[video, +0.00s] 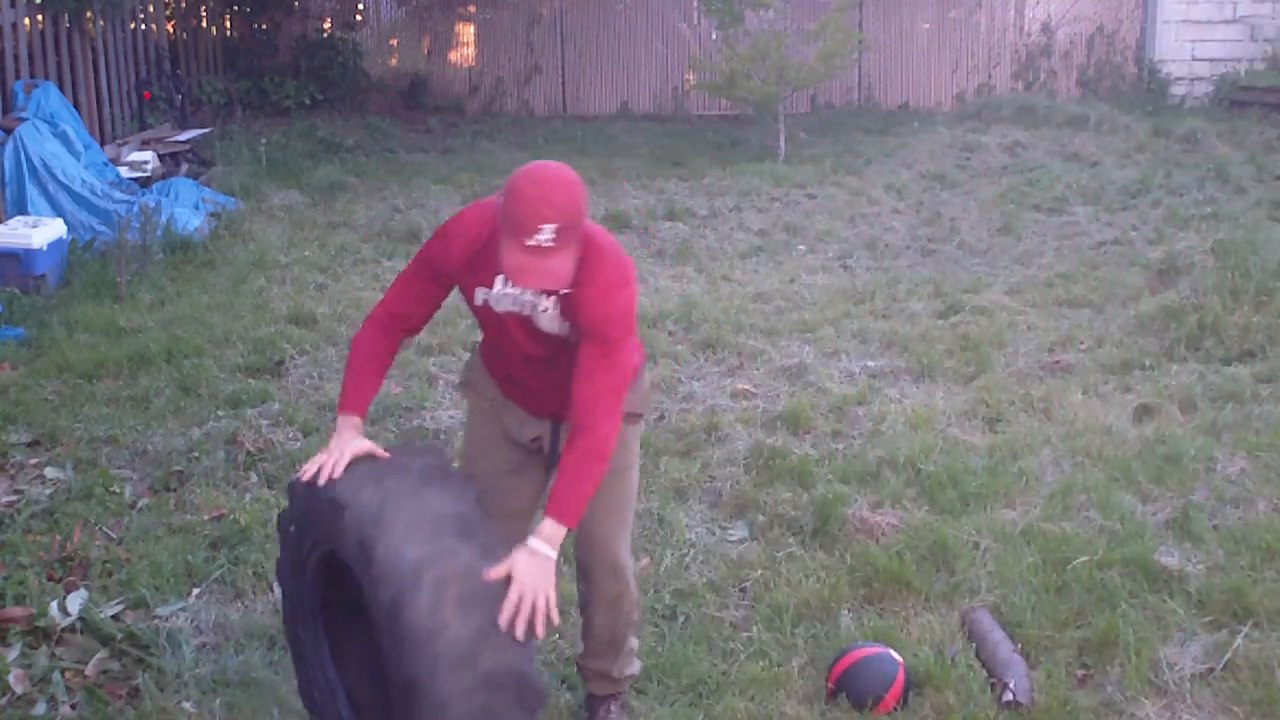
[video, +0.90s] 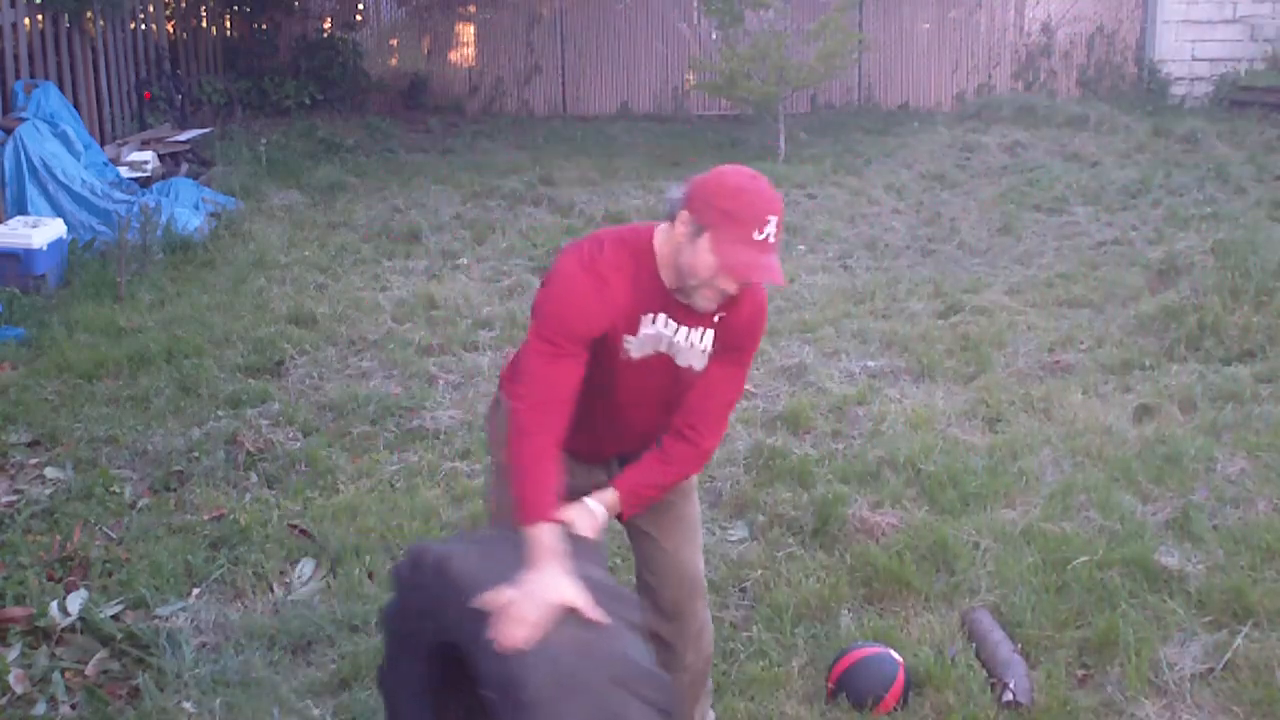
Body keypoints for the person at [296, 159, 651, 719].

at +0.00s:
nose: (539, 277)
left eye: (552, 266)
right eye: (526, 265)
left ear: (578, 239)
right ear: (501, 230)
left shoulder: (607, 272)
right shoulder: (465, 239)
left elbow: (596, 421)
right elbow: (387, 324)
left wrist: (546, 544)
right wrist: (348, 426)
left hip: (602, 409)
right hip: (504, 396)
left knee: (605, 556)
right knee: (486, 548)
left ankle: (607, 691)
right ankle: (483, 684)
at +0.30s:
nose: (462, 277)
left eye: (475, 262)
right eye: (449, 265)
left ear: (506, 226)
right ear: (424, 236)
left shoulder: (562, 258)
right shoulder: (410, 255)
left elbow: (609, 384)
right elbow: (385, 373)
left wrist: (541, 457)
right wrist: (413, 457)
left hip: (585, 411)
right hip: (483, 412)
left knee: (605, 546)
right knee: (459, 548)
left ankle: (615, 678)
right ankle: (462, 683)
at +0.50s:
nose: (513, 259)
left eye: (525, 244)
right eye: (499, 247)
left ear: (545, 217)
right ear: (468, 227)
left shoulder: (592, 250)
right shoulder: (433, 267)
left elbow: (595, 371)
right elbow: (426, 390)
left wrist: (524, 457)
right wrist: (445, 495)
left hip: (594, 404)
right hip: (490, 415)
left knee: (635, 552)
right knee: (480, 569)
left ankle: (663, 705)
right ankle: (484, 705)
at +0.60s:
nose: (583, 251)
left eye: (594, 235)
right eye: (569, 234)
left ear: (612, 221)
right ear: (529, 217)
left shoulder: (638, 268)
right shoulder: (479, 260)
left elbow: (605, 397)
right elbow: (431, 379)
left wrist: (527, 471)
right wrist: (422, 482)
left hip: (611, 423)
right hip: (502, 430)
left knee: (648, 563)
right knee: (486, 580)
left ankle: (669, 706)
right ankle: (483, 705)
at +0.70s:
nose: (655, 265)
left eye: (667, 252)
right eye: (645, 248)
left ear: (683, 238)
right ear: (601, 218)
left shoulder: (688, 285)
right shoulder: (534, 257)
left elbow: (635, 416)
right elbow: (460, 376)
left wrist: (551, 484)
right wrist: (427, 506)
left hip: (625, 447)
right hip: (515, 447)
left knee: (660, 585)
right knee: (486, 596)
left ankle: (674, 712)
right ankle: (474, 709)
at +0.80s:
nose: (713, 280)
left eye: (722, 266)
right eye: (704, 261)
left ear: (735, 248)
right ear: (661, 229)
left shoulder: (724, 296)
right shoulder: (572, 267)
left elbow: (678, 431)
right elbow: (506, 395)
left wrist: (583, 494)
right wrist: (479, 535)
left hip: (642, 461)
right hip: (539, 457)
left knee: (672, 618)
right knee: (500, 617)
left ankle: (677, 711)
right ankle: (492, 709)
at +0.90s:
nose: (732, 285)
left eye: (746, 272)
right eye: (725, 263)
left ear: (760, 260)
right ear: (683, 227)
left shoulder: (742, 303)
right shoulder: (589, 273)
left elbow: (695, 437)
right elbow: (535, 414)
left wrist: (605, 504)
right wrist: (545, 557)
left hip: (655, 459)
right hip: (552, 452)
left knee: (683, 611)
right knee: (537, 620)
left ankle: (685, 710)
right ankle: (525, 710)